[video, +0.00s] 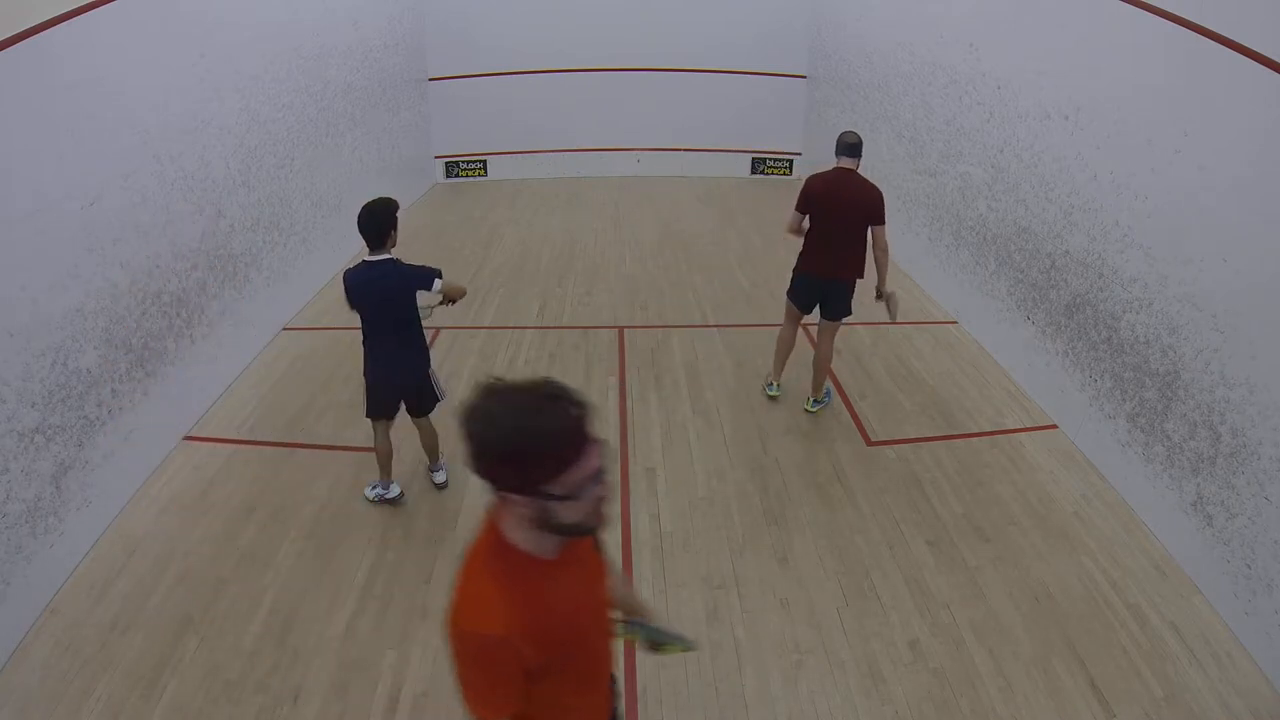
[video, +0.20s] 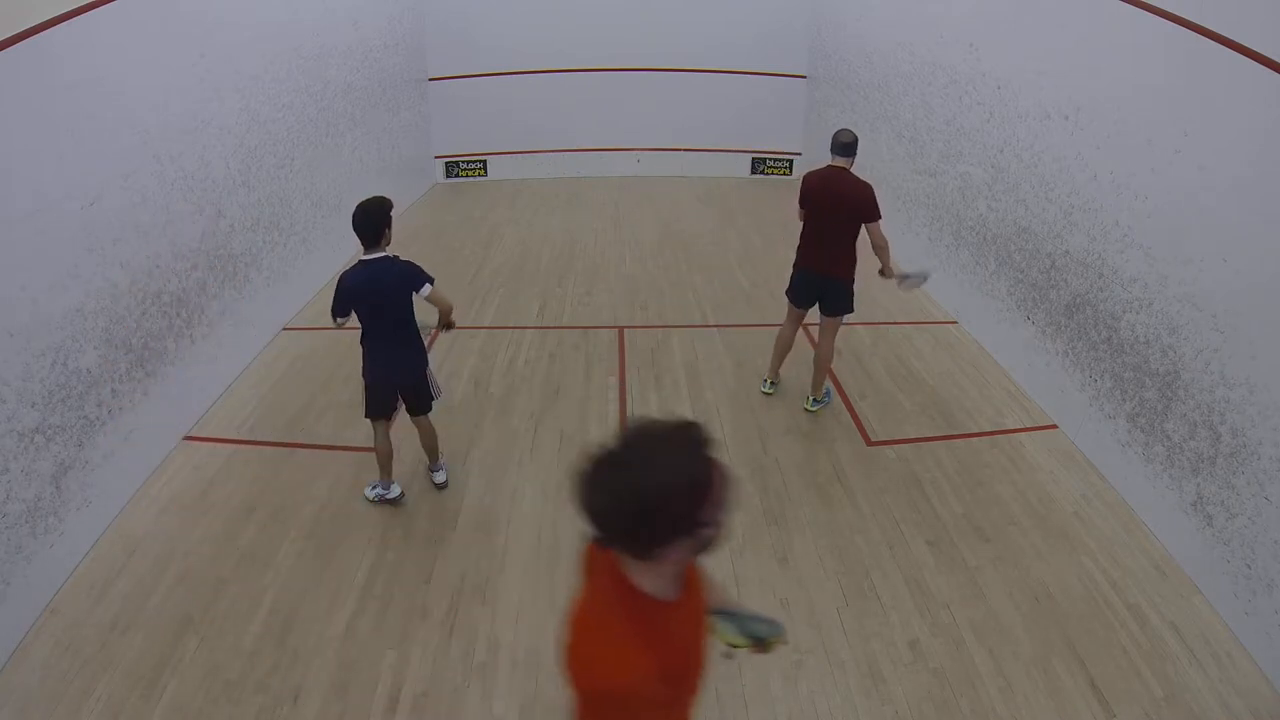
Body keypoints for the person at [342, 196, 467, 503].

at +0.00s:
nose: (398, 232)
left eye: (395, 227)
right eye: (396, 227)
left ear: (364, 235)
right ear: (392, 234)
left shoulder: (352, 278)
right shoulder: (408, 274)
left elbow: (357, 308)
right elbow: (457, 290)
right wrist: (443, 298)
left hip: (378, 369)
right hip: (413, 364)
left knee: (380, 428)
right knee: (422, 419)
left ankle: (387, 486)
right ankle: (437, 470)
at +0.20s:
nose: (392, 228)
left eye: (390, 225)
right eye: (391, 225)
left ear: (357, 235)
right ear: (386, 232)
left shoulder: (349, 279)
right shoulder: (404, 269)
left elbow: (339, 320)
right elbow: (444, 305)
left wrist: (360, 293)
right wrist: (445, 320)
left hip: (377, 366)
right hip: (411, 360)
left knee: (380, 426)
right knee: (421, 417)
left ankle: (387, 486)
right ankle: (437, 470)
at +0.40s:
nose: (389, 226)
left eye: (387, 222)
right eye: (388, 223)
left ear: (354, 233)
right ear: (384, 229)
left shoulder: (349, 275)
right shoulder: (403, 268)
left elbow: (325, 315)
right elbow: (428, 319)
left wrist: (328, 274)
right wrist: (433, 348)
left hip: (376, 366)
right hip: (408, 359)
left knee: (381, 427)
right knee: (420, 417)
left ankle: (387, 486)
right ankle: (436, 468)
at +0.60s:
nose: (388, 226)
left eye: (386, 222)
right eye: (387, 223)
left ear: (354, 233)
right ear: (382, 230)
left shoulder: (347, 278)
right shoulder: (400, 270)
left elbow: (330, 325)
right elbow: (422, 321)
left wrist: (347, 302)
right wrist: (428, 347)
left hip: (372, 370)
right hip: (406, 362)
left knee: (379, 427)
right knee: (419, 416)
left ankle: (387, 485)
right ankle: (436, 468)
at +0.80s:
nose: (385, 228)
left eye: (382, 224)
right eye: (383, 224)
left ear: (350, 234)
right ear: (379, 232)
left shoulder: (343, 280)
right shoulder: (395, 270)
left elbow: (337, 330)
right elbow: (420, 317)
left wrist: (357, 323)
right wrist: (426, 319)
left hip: (366, 369)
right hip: (400, 362)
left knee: (372, 427)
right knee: (417, 415)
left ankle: (384, 487)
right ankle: (436, 468)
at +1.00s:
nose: (367, 237)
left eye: (363, 232)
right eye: (365, 233)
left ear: (333, 244)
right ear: (361, 241)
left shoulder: (329, 290)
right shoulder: (380, 277)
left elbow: (326, 342)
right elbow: (411, 318)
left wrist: (346, 329)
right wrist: (409, 298)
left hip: (354, 375)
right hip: (389, 367)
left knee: (347, 431)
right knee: (414, 415)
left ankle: (353, 494)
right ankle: (435, 465)